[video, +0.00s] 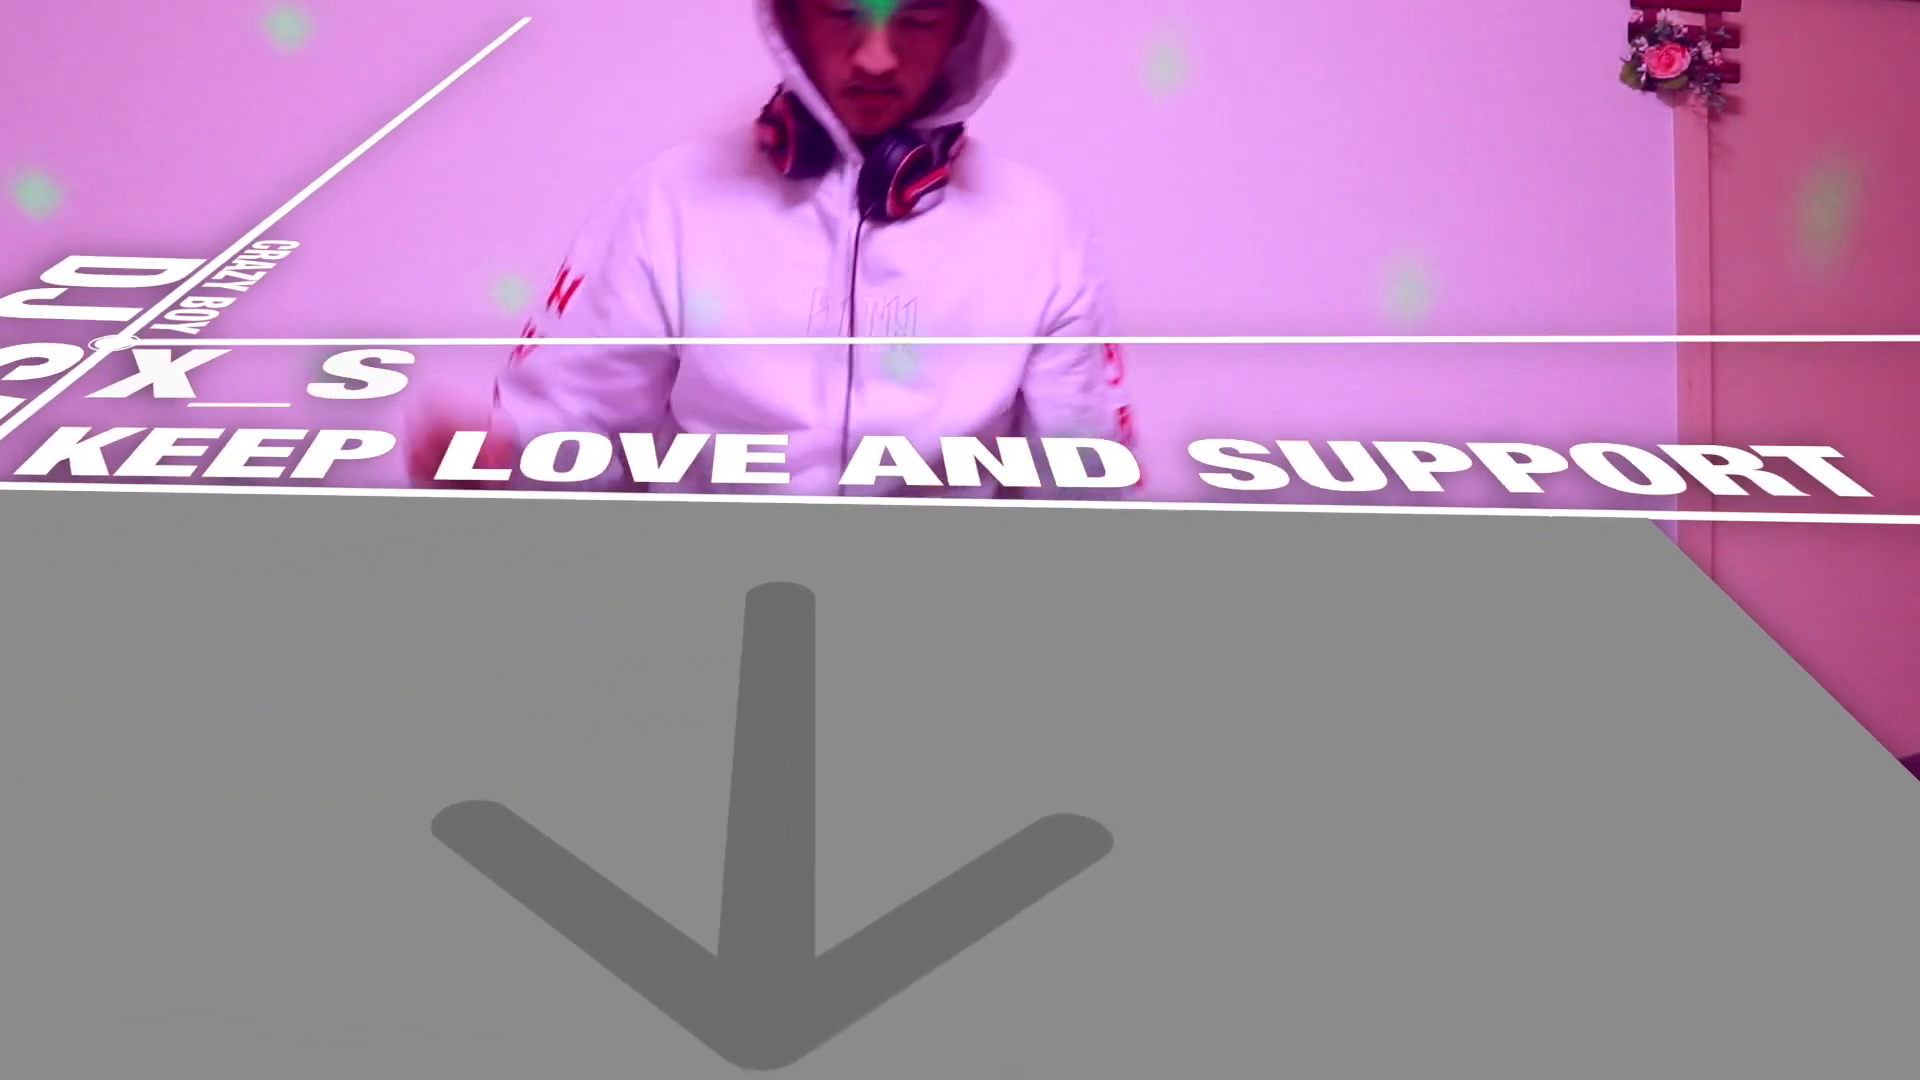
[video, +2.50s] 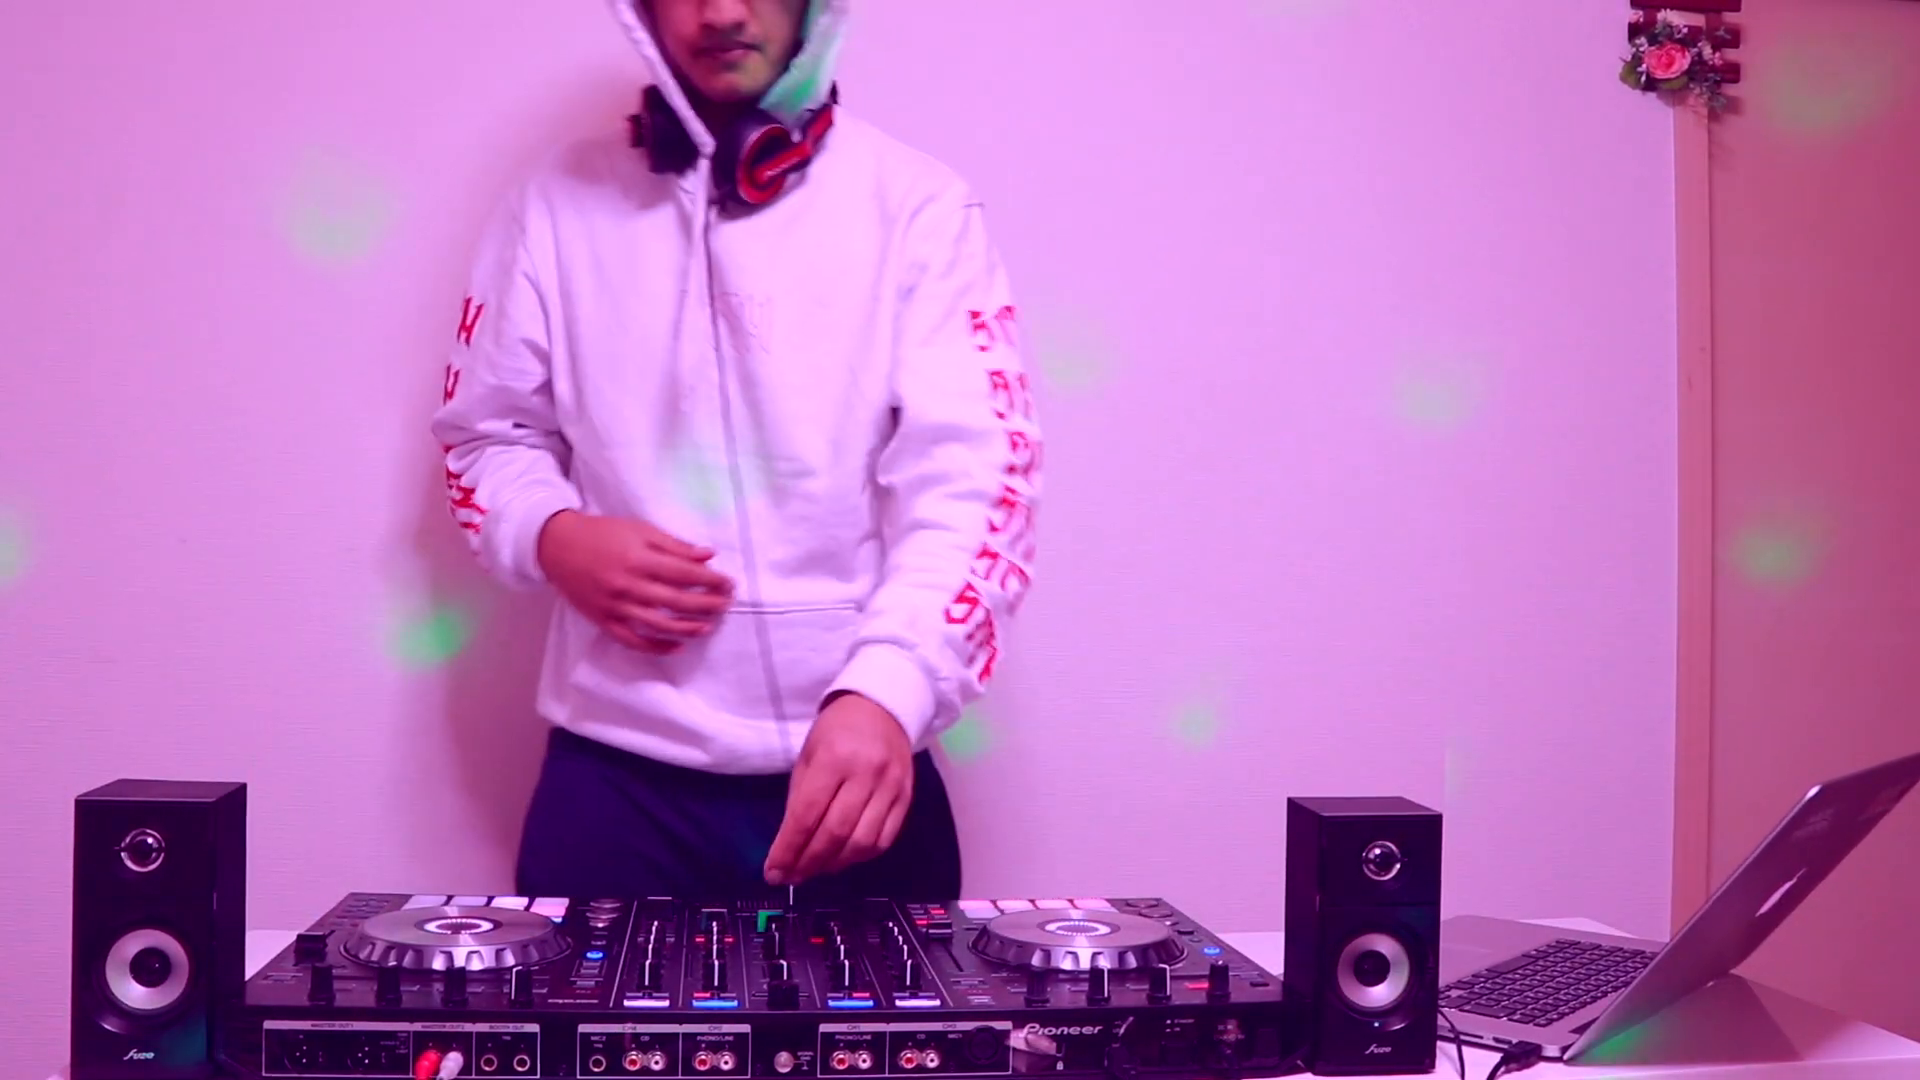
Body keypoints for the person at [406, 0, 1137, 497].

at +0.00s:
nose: (875, 57)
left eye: (914, 20)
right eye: (844, 14)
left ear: (962, 28)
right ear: (788, 18)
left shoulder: (1032, 225)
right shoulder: (671, 203)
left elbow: (1098, 480)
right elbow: (549, 437)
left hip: (952, 595)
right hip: (714, 587)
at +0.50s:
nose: (830, 73)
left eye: (867, 38)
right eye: (797, 37)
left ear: (922, 45)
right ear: (751, 43)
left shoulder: (1025, 228)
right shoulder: (674, 219)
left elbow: (1164, 473)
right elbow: (478, 231)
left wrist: (1248, 407)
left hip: (983, 618)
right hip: (735, 611)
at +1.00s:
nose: (627, 42)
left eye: (659, 7)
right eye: (592, 6)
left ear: (698, 12)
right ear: (531, 7)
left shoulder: (774, 183)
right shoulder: (427, 200)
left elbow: (863, 417)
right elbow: (411, 458)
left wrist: (1013, 296)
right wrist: (680, 479)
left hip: (744, 590)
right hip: (516, 595)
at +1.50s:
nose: (676, 14)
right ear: (589, 3)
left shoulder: (853, 190)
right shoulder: (476, 191)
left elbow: (967, 424)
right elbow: (375, 421)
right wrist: (491, 390)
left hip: (768, 601)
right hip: (517, 593)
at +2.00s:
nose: (887, 49)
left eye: (926, 15)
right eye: (854, 11)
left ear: (971, 29)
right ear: (809, 20)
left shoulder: (1043, 249)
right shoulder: (693, 216)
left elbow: (1138, 488)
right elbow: (597, 447)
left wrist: (1052, 590)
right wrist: (742, 506)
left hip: (947, 798)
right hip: (714, 788)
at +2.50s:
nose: (721, 13)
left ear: (812, 2)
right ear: (645, 9)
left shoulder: (917, 210)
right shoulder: (561, 208)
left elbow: (973, 488)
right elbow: (486, 439)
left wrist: (886, 694)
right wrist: (558, 539)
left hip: (857, 785)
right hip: (620, 782)